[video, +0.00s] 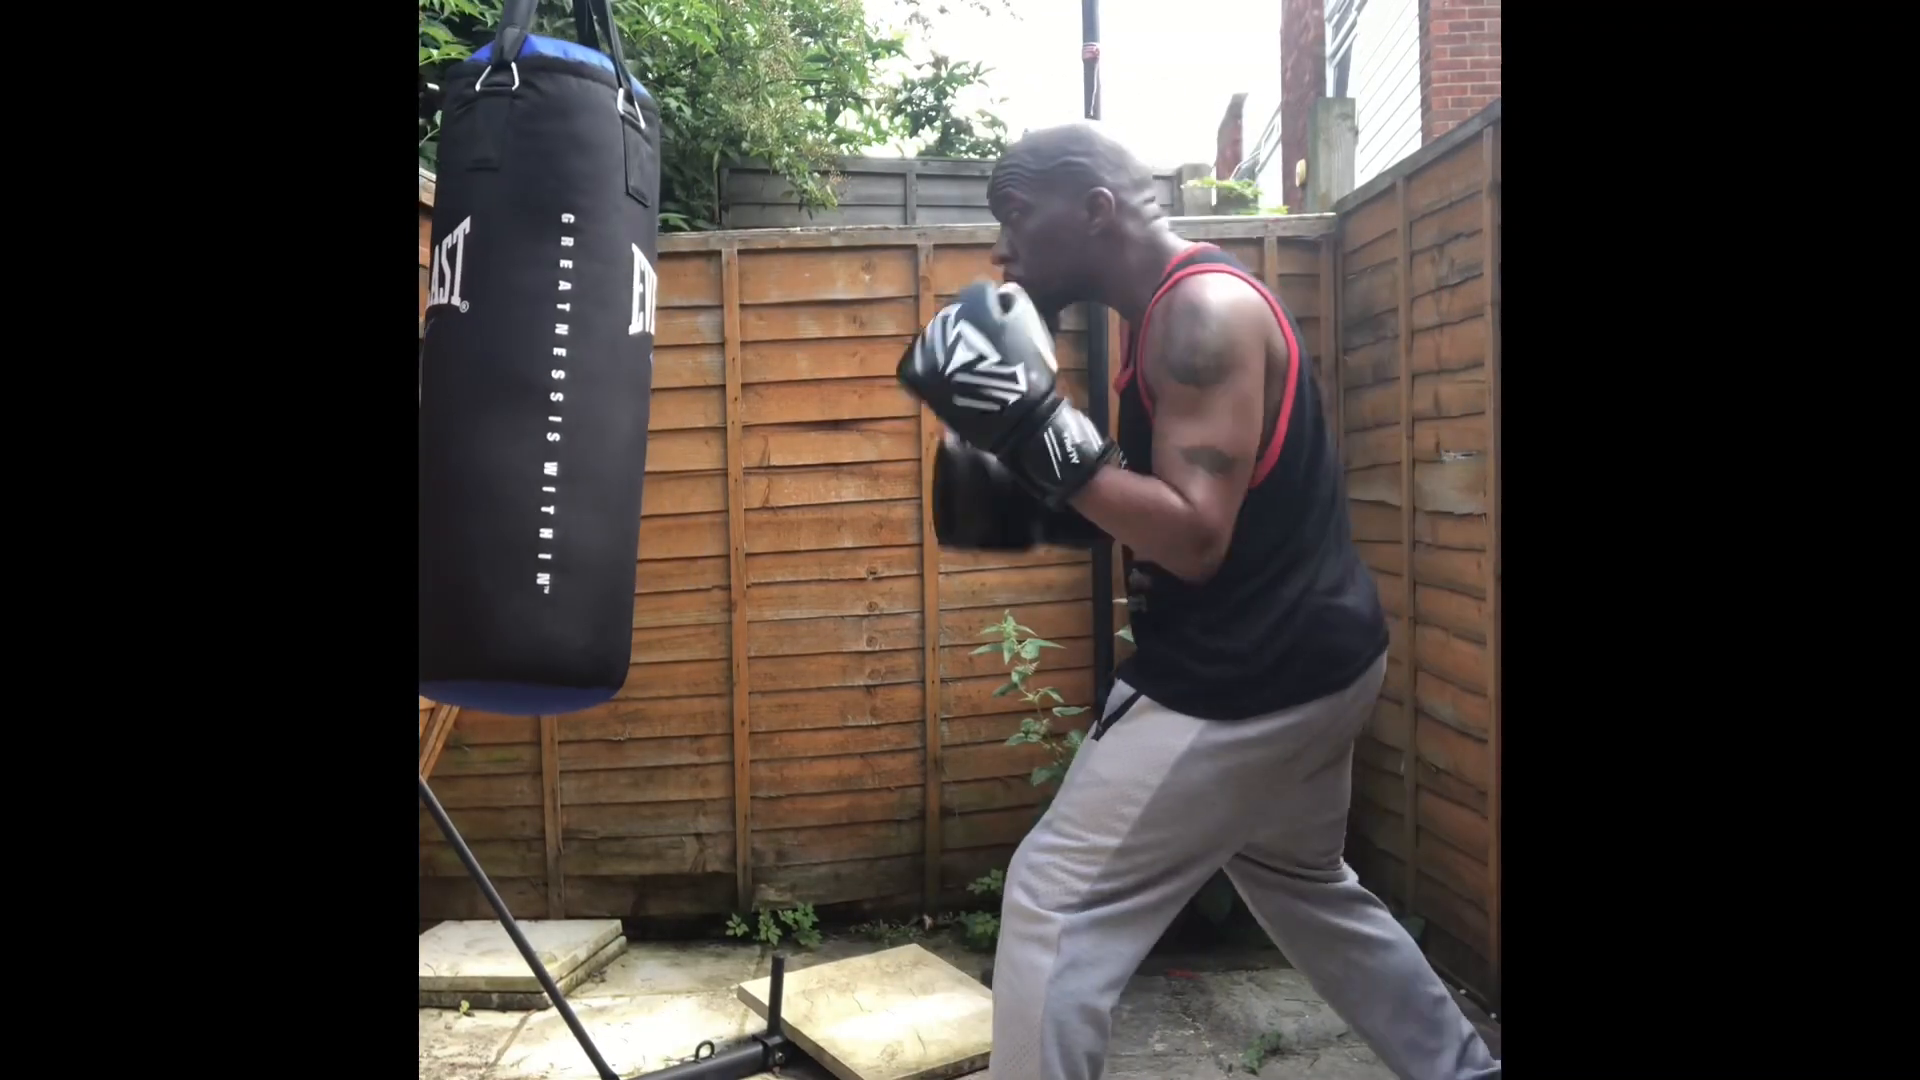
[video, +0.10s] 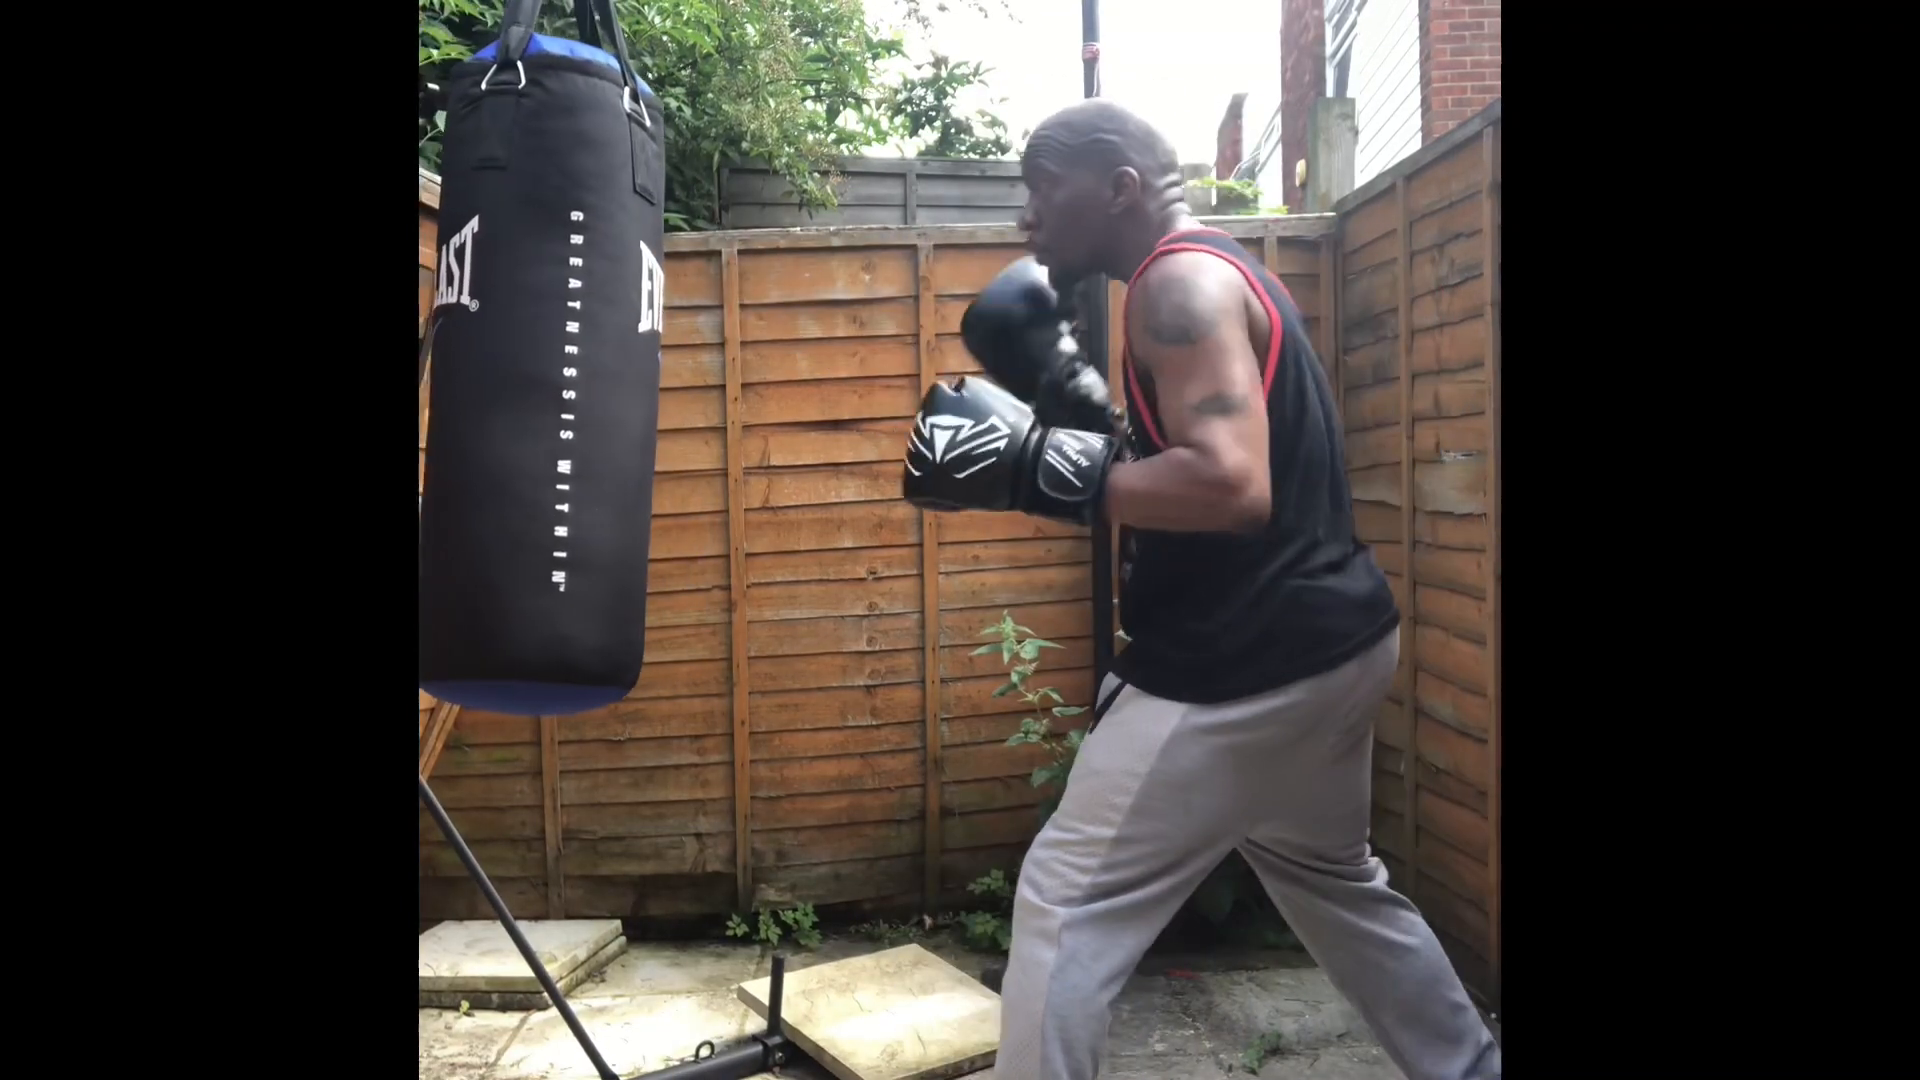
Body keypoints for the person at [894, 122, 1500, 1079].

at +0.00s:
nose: (1003, 252)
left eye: (1015, 219)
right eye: (999, 225)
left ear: (1098, 209)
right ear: (1102, 214)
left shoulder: (1205, 309)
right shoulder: (1159, 314)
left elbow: (1193, 539)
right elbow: (1152, 503)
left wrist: (1040, 426)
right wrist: (1033, 506)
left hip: (1243, 666)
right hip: (1304, 650)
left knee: (1056, 895)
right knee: (1299, 876)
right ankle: (1463, 1065)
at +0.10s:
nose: (1027, 216)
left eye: (1041, 189)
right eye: (1026, 192)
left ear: (1124, 186)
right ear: (1133, 191)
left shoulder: (1179, 283)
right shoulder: (1197, 273)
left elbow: (1232, 485)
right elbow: (1186, 465)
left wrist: (1041, 469)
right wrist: (1081, 395)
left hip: (1233, 662)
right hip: (1325, 636)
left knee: (1065, 899)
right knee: (1332, 877)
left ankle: (1032, 1072)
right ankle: (1470, 1064)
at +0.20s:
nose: (1066, 223)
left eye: (1080, 196)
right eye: (1064, 199)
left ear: (1154, 188)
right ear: (1175, 191)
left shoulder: (1196, 275)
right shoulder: (1275, 259)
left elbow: (1252, 458)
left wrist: (1074, 451)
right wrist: (1108, 351)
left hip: (1239, 657)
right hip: (1357, 632)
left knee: (1089, 906)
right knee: (1363, 879)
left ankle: (1047, 1070)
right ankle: (1476, 1064)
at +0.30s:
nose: (1096, 237)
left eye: (1111, 206)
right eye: (1094, 211)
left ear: (1189, 195)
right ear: (1200, 200)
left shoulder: (1232, 283)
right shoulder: (1294, 271)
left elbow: (1259, 479)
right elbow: (1254, 444)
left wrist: (1096, 441)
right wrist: (1140, 375)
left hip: (1249, 668)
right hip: (1364, 647)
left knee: (1087, 893)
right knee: (1365, 874)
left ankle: (1054, 1068)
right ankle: (1478, 1061)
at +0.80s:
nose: (1054, 247)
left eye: (1060, 217)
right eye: (1045, 226)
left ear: (1134, 193)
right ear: (1138, 200)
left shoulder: (1240, 307)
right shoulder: (1165, 314)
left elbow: (1151, 523)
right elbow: (1133, 490)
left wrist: (1058, 373)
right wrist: (1003, 458)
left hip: (1253, 673)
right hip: (1302, 662)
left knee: (1062, 895)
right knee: (1318, 895)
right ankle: (1472, 1067)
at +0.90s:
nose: (1061, 280)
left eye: (1068, 248)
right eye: (1049, 258)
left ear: (1143, 209)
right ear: (1135, 218)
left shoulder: (1266, 328)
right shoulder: (1138, 330)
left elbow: (1202, 549)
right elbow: (1108, 498)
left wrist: (1082, 405)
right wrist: (992, 463)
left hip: (1265, 683)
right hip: (1225, 672)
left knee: (1061, 895)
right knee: (1298, 908)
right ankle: (1468, 1064)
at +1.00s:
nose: (1041, 260)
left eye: (1051, 231)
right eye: (1036, 237)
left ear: (1138, 212)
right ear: (1140, 219)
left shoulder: (1255, 322)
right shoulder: (1132, 331)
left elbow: (1248, 547)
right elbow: (1134, 494)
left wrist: (1085, 457)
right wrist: (1042, 443)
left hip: (1264, 689)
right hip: (1230, 676)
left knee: (1064, 899)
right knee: (1293, 895)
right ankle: (1469, 1059)